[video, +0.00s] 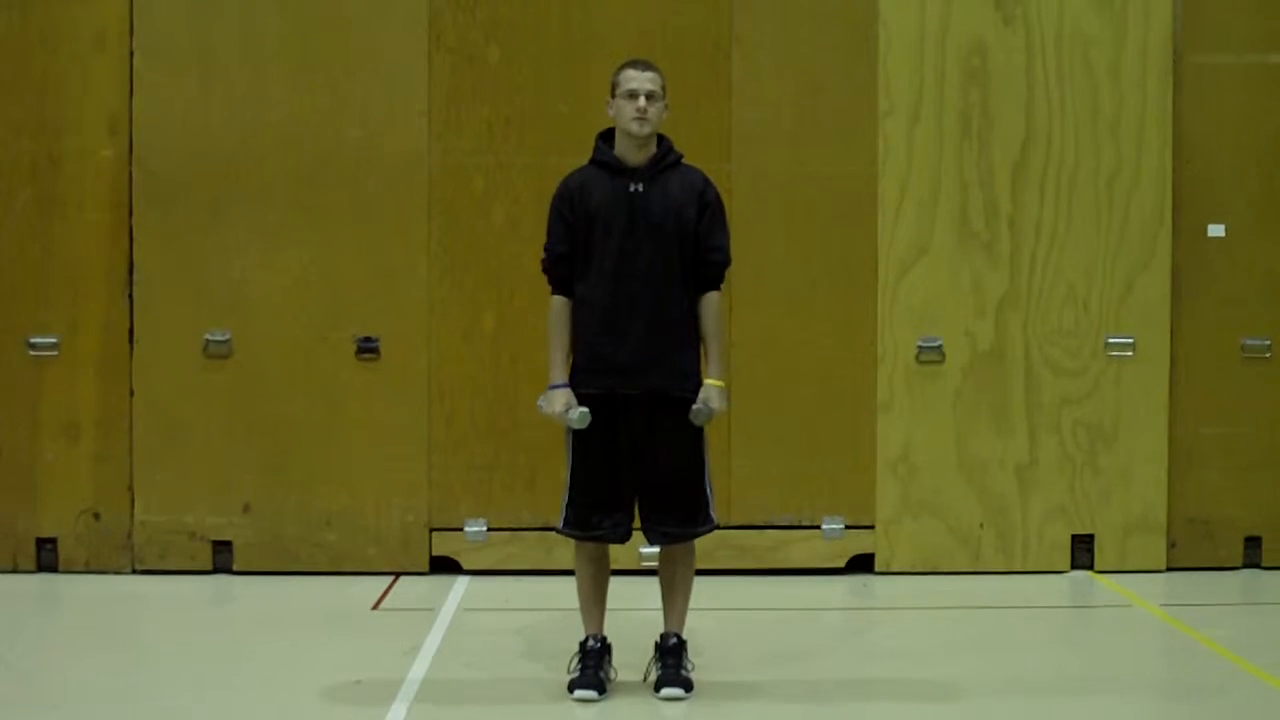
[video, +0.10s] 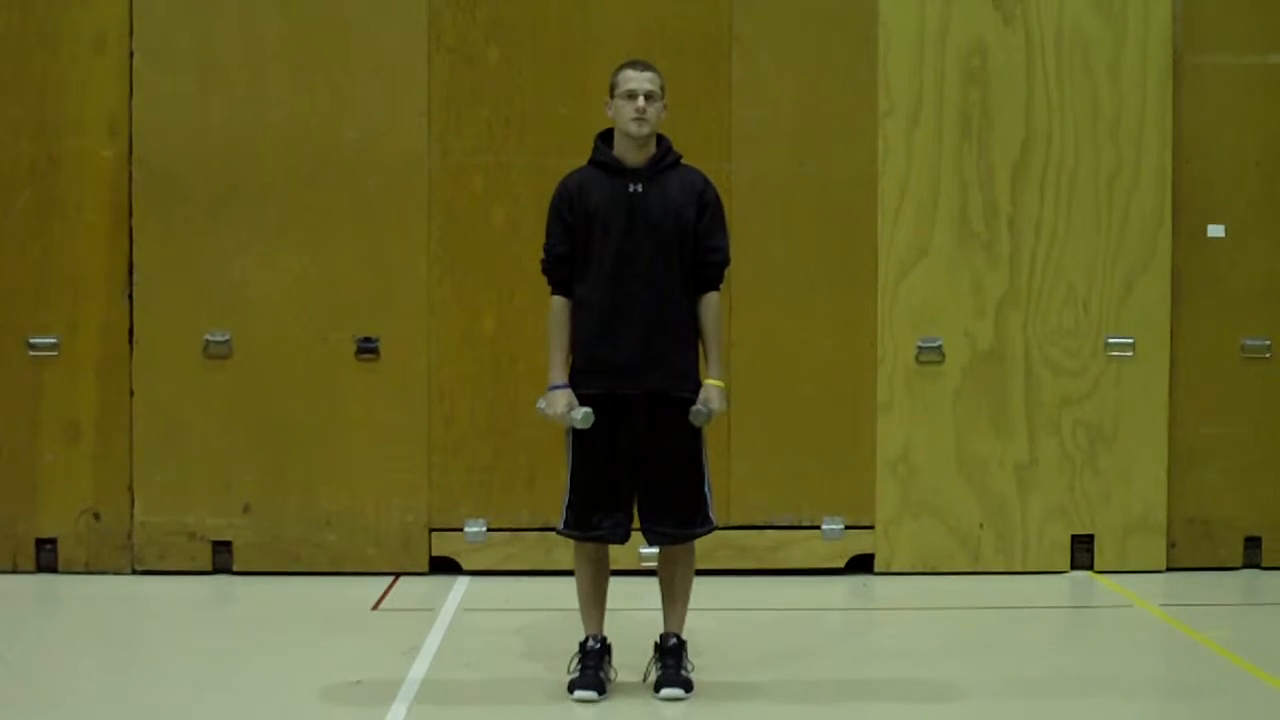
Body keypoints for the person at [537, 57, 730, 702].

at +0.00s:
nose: (642, 106)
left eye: (652, 97)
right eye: (631, 96)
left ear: (665, 110)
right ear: (610, 106)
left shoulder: (695, 189)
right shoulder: (577, 189)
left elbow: (710, 289)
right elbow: (561, 292)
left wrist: (715, 376)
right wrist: (558, 381)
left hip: (673, 385)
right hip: (596, 385)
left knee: (677, 524)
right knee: (591, 523)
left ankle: (673, 648)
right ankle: (593, 648)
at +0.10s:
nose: (641, 106)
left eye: (651, 97)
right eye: (630, 96)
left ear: (664, 109)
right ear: (609, 107)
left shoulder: (693, 189)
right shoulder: (576, 189)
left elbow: (709, 289)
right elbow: (560, 292)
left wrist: (715, 376)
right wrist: (557, 381)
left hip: (672, 385)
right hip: (596, 385)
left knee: (676, 524)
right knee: (591, 523)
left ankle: (672, 648)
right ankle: (593, 648)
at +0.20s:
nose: (641, 106)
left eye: (651, 97)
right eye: (630, 96)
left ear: (664, 110)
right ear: (609, 107)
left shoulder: (693, 189)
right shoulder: (576, 190)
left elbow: (709, 289)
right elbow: (560, 293)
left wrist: (716, 375)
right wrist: (556, 383)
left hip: (671, 385)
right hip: (595, 385)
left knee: (676, 524)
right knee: (591, 524)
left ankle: (672, 648)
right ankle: (593, 647)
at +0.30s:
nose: (641, 106)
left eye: (651, 97)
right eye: (630, 96)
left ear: (664, 109)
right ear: (609, 107)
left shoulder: (693, 188)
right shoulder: (576, 189)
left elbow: (708, 290)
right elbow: (559, 293)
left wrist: (717, 375)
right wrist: (554, 382)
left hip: (672, 385)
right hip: (596, 386)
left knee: (677, 524)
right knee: (591, 524)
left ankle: (673, 648)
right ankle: (593, 647)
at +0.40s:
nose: (640, 105)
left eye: (650, 96)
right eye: (629, 96)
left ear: (664, 108)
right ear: (608, 107)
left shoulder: (693, 188)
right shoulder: (577, 189)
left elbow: (709, 289)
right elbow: (560, 292)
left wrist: (717, 375)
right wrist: (552, 381)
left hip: (672, 385)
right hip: (597, 385)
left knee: (677, 524)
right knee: (592, 522)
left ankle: (673, 648)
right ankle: (593, 647)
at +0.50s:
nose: (639, 105)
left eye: (649, 96)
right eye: (628, 95)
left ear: (663, 108)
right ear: (608, 107)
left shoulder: (693, 188)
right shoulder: (577, 188)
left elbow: (709, 289)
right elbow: (560, 292)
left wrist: (717, 375)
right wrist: (551, 381)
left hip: (672, 384)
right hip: (597, 384)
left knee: (677, 523)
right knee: (592, 521)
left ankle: (673, 648)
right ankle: (593, 647)